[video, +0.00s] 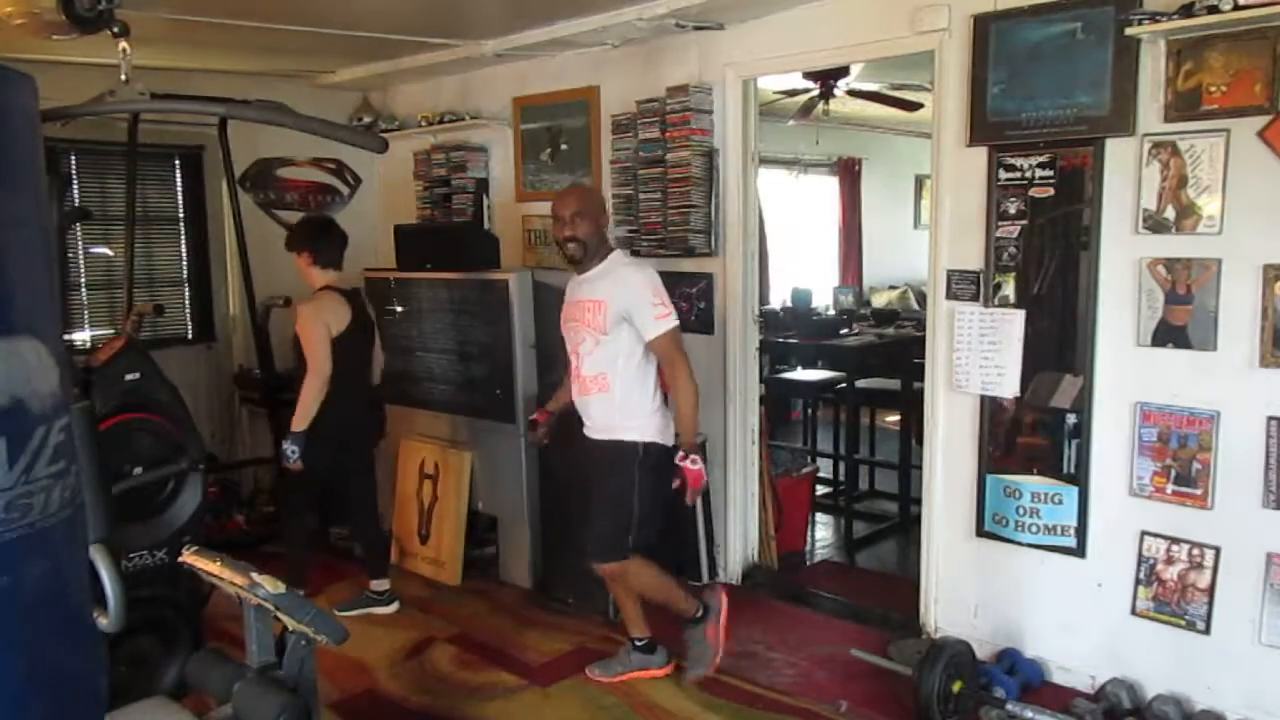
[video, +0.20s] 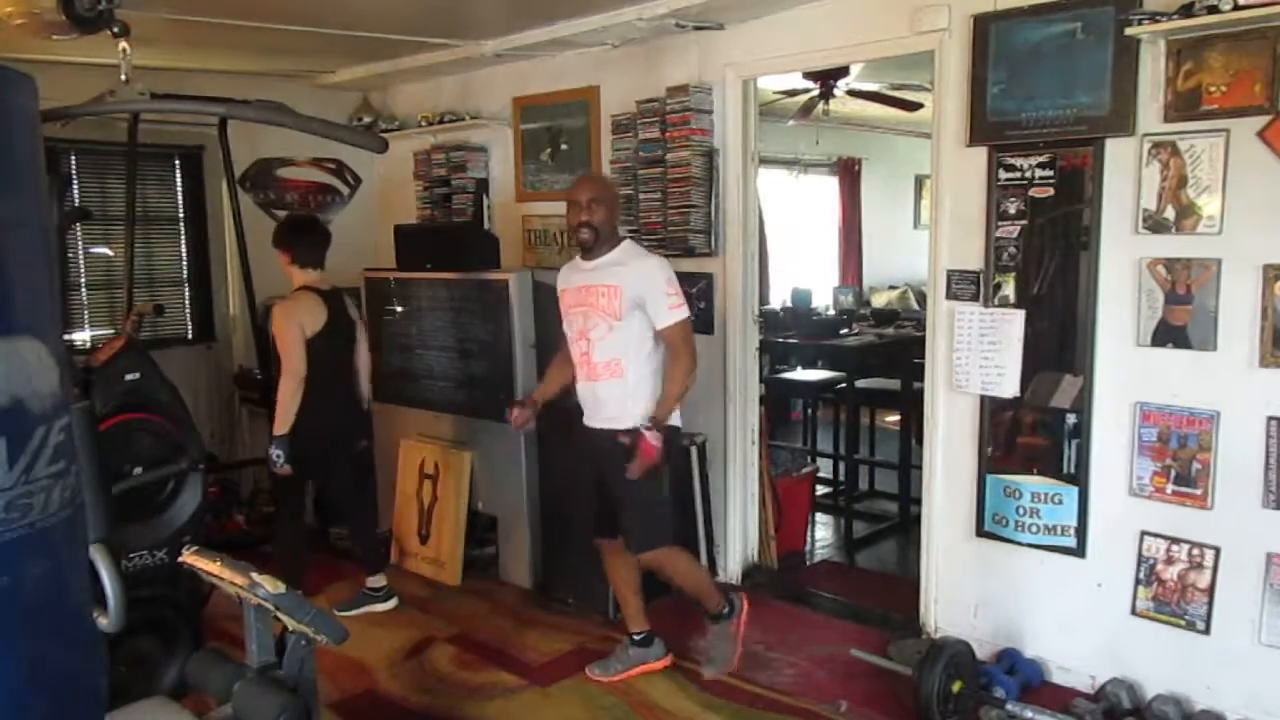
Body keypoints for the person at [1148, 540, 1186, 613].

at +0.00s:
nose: (1173, 554)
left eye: (1176, 552)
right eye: (1170, 551)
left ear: (1179, 553)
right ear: (1167, 552)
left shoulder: (1183, 567)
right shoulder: (1161, 564)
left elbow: (1181, 585)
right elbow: (1152, 581)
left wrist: (1174, 602)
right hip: (1159, 599)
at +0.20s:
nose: (1173, 554)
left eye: (1176, 552)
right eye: (1171, 551)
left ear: (1179, 553)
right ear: (1167, 552)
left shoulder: (1183, 567)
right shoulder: (1160, 564)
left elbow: (1182, 585)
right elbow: (1151, 581)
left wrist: (1174, 602)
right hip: (1159, 599)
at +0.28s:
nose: (1172, 554)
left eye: (1176, 552)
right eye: (1170, 551)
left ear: (1179, 553)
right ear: (1167, 551)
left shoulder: (1182, 567)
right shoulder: (1160, 565)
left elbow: (1180, 585)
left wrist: (1173, 603)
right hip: (1159, 599)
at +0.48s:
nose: (1172, 554)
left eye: (1176, 552)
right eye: (1170, 551)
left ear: (1179, 553)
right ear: (1167, 552)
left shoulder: (1182, 567)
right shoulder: (1160, 565)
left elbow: (1181, 585)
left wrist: (1174, 603)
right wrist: (1151, 594)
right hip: (1159, 598)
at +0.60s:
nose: (1173, 554)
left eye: (1176, 552)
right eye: (1170, 551)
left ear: (1179, 553)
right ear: (1167, 552)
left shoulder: (1183, 567)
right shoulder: (1160, 565)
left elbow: (1182, 585)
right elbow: (1153, 580)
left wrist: (1174, 603)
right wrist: (1151, 595)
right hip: (1160, 599)